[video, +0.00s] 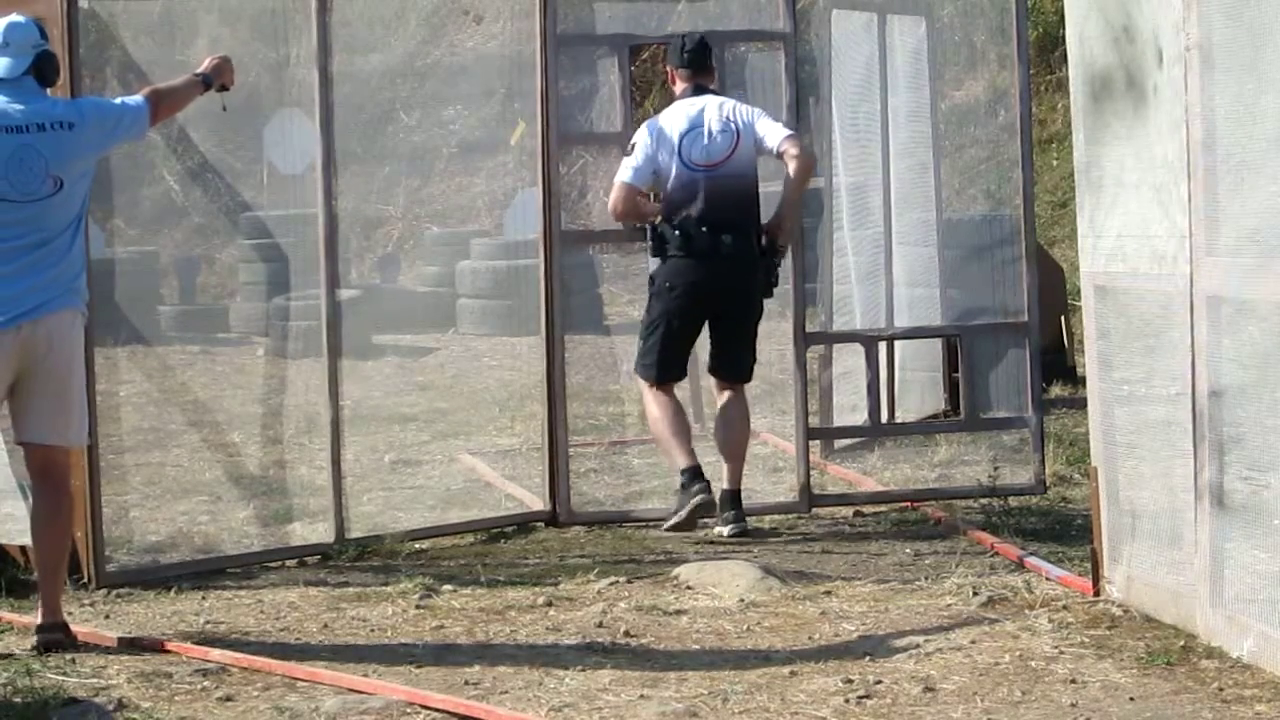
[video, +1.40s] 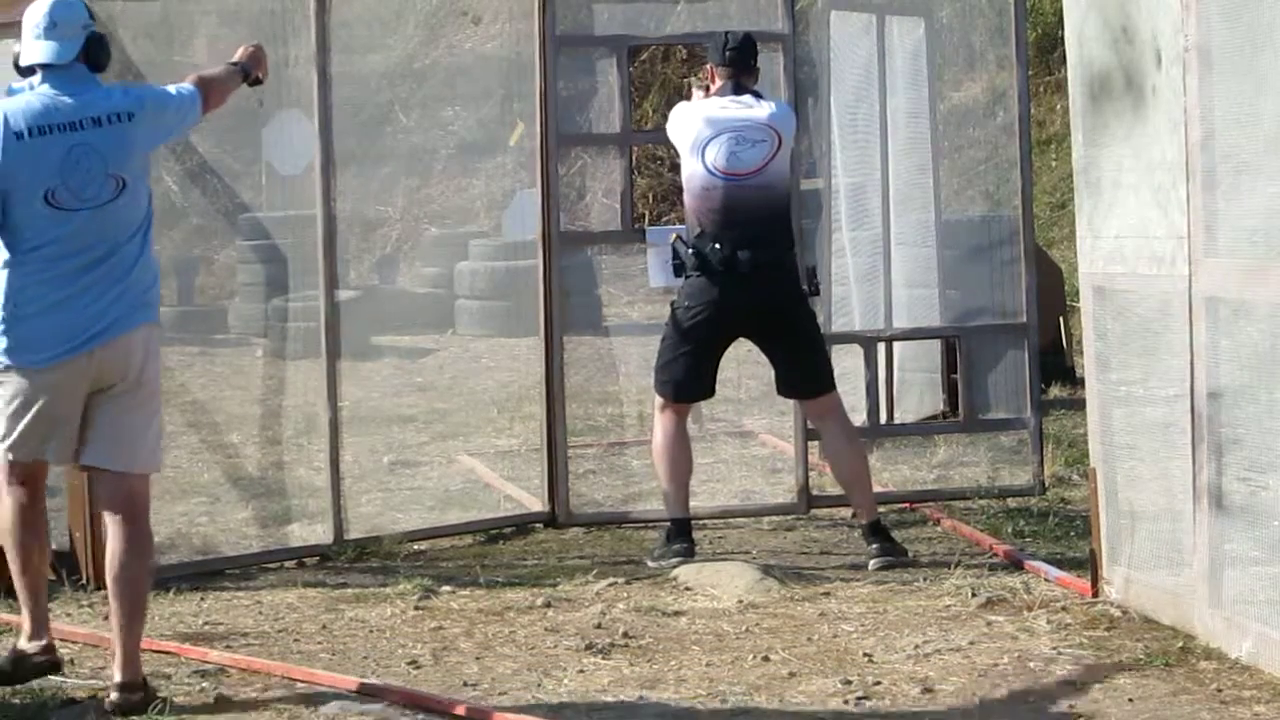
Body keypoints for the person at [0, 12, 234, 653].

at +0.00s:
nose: (52, 71)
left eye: (42, 61)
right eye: (49, 63)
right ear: (44, 68)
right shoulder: (69, 121)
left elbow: (149, 107)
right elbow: (151, 105)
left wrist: (195, 81)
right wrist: (204, 77)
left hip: (11, 316)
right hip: (48, 313)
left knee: (48, 470)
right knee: (50, 470)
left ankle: (47, 614)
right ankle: (50, 618)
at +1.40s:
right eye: (99, 51)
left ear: (27, 56)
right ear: (93, 52)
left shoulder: (6, 120)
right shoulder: (131, 108)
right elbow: (206, 92)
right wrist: (244, 64)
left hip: (34, 333)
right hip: (128, 324)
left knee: (23, 483)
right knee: (126, 504)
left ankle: (34, 636)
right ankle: (128, 677)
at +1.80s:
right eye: (117, 54)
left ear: (44, 60)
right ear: (114, 55)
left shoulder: (16, 132)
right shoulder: (153, 112)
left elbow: (0, 270)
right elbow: (225, 92)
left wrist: (24, 296)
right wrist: (260, 61)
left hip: (69, 354)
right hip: (159, 341)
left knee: (100, 531)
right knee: (143, 519)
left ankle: (142, 698)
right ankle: (126, 684)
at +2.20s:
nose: (65, 52)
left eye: (68, 43)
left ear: (73, 51)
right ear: (146, 47)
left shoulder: (49, 120)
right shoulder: (191, 104)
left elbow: (17, 255)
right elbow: (250, 86)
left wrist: (6, 353)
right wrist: (277, 54)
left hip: (101, 352)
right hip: (195, 335)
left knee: (114, 535)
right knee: (192, 495)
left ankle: (142, 703)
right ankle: (225, 653)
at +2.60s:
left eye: (148, 55)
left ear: (147, 57)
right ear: (223, 50)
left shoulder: (130, 125)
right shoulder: (268, 107)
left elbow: (101, 262)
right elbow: (308, 79)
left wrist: (84, 364)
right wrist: (323, 45)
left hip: (168, 356)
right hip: (268, 344)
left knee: (149, 537)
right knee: (293, 532)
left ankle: (144, 704)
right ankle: (329, 702)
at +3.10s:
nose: (222, 59)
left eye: (225, 46)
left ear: (222, 47)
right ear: (296, 39)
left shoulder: (206, 111)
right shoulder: (341, 100)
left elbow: (176, 245)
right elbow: (368, 80)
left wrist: (153, 345)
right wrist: (378, 49)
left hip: (238, 349)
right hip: (338, 337)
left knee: (218, 523)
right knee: (329, 528)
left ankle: (250, 696)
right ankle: (338, 703)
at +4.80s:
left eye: (230, 52)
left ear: (235, 53)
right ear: (316, 42)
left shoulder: (219, 120)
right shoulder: (362, 99)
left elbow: (193, 263)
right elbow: (384, 60)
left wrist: (172, 369)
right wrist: (392, 28)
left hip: (263, 373)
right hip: (366, 356)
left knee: (262, 553)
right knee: (400, 535)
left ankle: (286, 711)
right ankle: (462, 697)